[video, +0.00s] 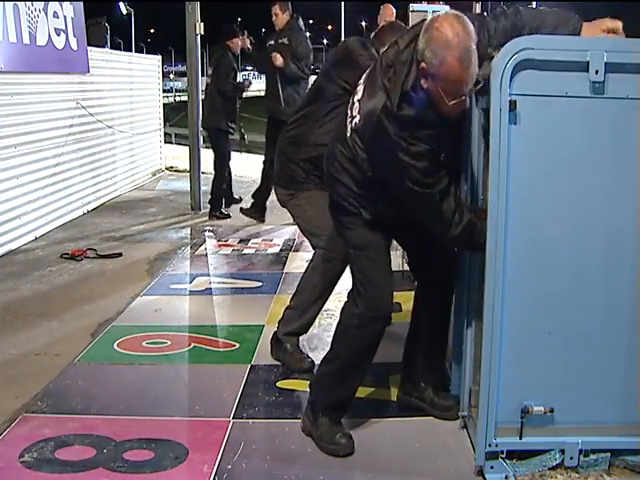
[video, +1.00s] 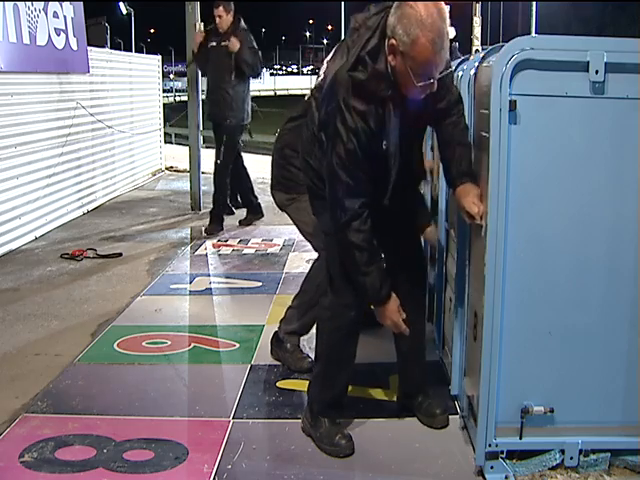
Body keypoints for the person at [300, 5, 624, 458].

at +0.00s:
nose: (464, 101)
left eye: (469, 88)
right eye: (453, 91)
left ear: (475, 55)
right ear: (425, 71)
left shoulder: (458, 34)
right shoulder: (403, 117)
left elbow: (510, 23)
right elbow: (440, 210)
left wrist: (578, 28)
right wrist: (505, 238)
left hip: (411, 187)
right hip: (359, 186)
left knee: (439, 273)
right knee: (374, 300)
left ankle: (420, 382)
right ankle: (322, 409)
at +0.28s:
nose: (455, 120)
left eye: (462, 109)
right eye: (446, 113)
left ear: (467, 75)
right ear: (419, 95)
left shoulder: (443, 43)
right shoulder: (396, 134)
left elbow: (473, 19)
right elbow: (453, 221)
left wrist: (520, 26)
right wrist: (514, 235)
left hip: (410, 188)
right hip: (353, 192)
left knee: (433, 273)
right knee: (375, 303)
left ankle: (421, 380)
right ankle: (322, 410)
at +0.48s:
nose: (444, 130)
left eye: (451, 118)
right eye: (434, 124)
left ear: (459, 85)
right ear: (409, 101)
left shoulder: (411, 39)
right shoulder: (401, 154)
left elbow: (440, 15)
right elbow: (435, 239)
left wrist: (471, 25)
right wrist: (494, 283)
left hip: (397, 194)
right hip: (345, 196)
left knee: (425, 282)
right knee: (371, 306)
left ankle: (423, 384)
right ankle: (322, 409)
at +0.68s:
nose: (437, 101)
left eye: (444, 90)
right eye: (428, 96)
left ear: (452, 56)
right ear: (401, 76)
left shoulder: (411, 29)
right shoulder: (377, 125)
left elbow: (436, 54)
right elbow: (402, 232)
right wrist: (447, 323)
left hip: (387, 185)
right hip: (333, 191)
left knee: (421, 284)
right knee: (363, 301)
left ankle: (424, 387)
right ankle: (322, 411)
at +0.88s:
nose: (433, 85)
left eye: (440, 73)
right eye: (424, 75)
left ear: (448, 48)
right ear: (395, 55)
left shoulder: (432, 48)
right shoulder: (353, 97)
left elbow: (446, 102)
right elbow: (353, 209)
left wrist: (461, 163)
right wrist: (386, 299)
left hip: (388, 184)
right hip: (335, 191)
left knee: (410, 281)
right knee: (348, 300)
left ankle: (420, 389)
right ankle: (322, 411)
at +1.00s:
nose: (430, 84)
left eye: (438, 71)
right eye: (421, 73)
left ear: (446, 47)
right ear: (393, 51)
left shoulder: (433, 55)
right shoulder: (353, 87)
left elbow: (449, 116)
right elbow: (349, 203)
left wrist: (463, 181)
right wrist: (379, 295)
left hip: (384, 182)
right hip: (318, 181)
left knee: (410, 277)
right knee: (348, 289)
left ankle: (416, 388)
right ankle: (322, 411)